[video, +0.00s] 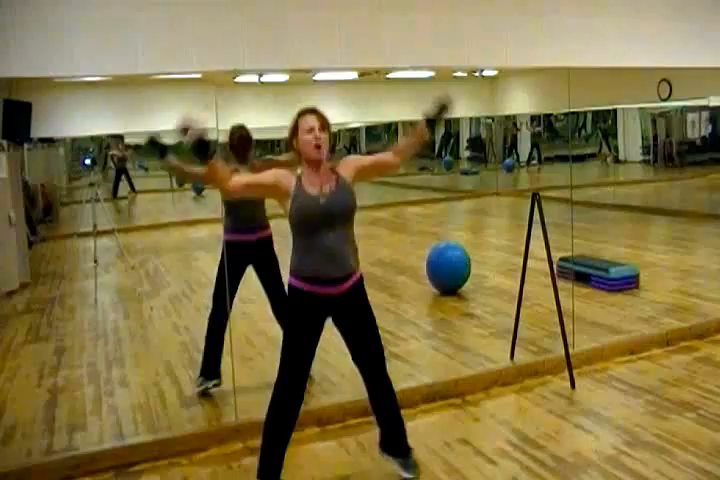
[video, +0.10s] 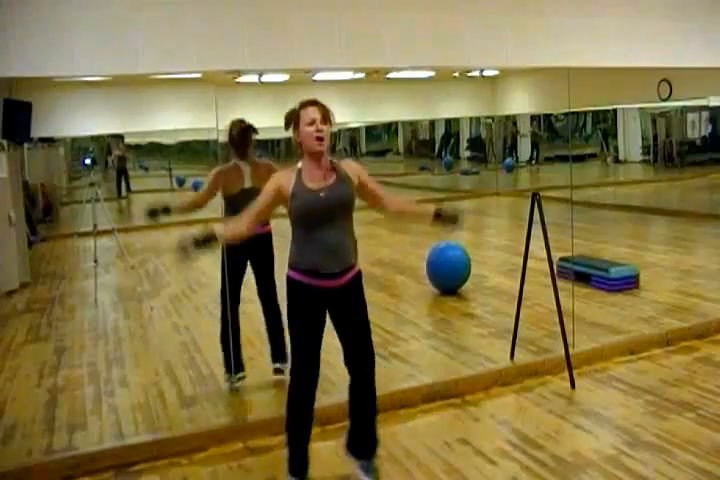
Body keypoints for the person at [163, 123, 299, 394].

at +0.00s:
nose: (240, 146)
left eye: (236, 141)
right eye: (243, 141)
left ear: (229, 146)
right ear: (251, 146)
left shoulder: (222, 171)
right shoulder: (263, 167)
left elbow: (188, 174)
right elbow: (294, 161)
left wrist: (169, 162)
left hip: (235, 244)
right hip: (263, 242)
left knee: (220, 308)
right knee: (281, 304)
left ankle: (209, 374)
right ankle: (302, 365)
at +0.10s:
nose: (244, 144)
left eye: (236, 139)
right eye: (247, 139)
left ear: (229, 143)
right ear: (252, 141)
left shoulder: (222, 174)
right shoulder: (268, 169)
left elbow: (199, 202)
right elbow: (286, 200)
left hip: (234, 244)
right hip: (263, 242)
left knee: (229, 303)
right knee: (270, 300)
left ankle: (234, 369)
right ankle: (280, 359)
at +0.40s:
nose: (242, 143)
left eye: (237, 138)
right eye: (246, 137)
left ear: (231, 141)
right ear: (253, 139)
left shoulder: (224, 173)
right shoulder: (268, 171)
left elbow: (205, 208)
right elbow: (280, 208)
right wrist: (264, 226)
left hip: (232, 243)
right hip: (261, 241)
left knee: (231, 305)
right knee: (268, 301)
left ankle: (240, 365)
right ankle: (272, 360)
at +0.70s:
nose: (236, 168)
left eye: (234, 165)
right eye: (245, 163)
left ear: (231, 170)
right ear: (255, 169)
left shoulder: (226, 194)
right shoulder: (264, 191)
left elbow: (200, 163)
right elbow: (280, 155)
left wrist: (213, 135)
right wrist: (260, 128)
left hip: (235, 271)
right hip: (264, 268)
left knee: (208, 325)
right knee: (287, 319)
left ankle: (202, 385)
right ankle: (308, 370)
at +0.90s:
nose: (246, 144)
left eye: (237, 139)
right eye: (249, 139)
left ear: (230, 144)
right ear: (252, 142)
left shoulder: (222, 171)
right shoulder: (267, 167)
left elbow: (192, 181)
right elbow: (293, 182)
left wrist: (172, 174)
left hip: (233, 239)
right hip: (259, 237)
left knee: (222, 302)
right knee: (274, 297)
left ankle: (218, 369)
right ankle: (293, 357)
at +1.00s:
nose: (250, 148)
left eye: (242, 144)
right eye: (251, 143)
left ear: (229, 147)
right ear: (252, 145)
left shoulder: (223, 180)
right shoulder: (265, 176)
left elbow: (205, 213)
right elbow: (284, 201)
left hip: (231, 245)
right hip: (260, 242)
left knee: (230, 306)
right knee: (264, 302)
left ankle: (238, 368)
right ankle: (272, 360)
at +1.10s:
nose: (239, 162)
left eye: (233, 158)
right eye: (245, 157)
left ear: (230, 160)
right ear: (251, 159)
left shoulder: (226, 193)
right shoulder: (264, 189)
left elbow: (223, 235)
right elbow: (273, 226)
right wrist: (277, 254)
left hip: (235, 259)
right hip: (261, 257)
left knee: (234, 316)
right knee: (259, 312)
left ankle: (245, 373)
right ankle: (265, 370)